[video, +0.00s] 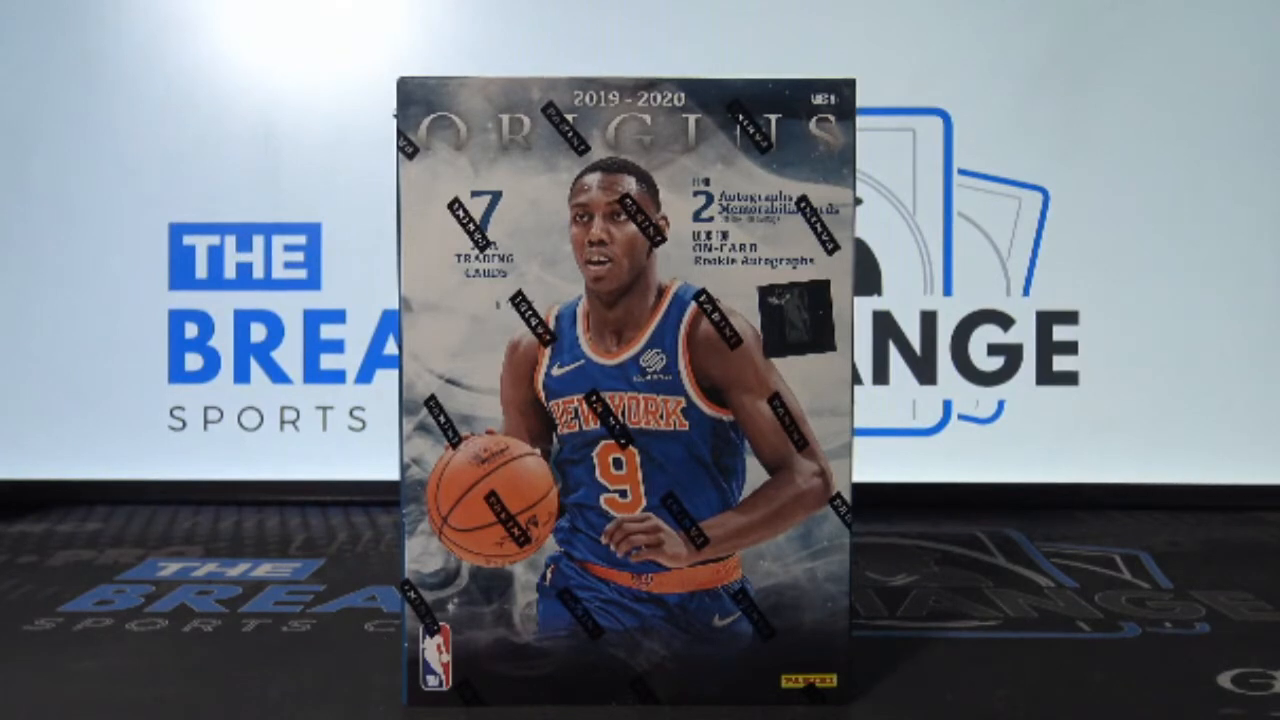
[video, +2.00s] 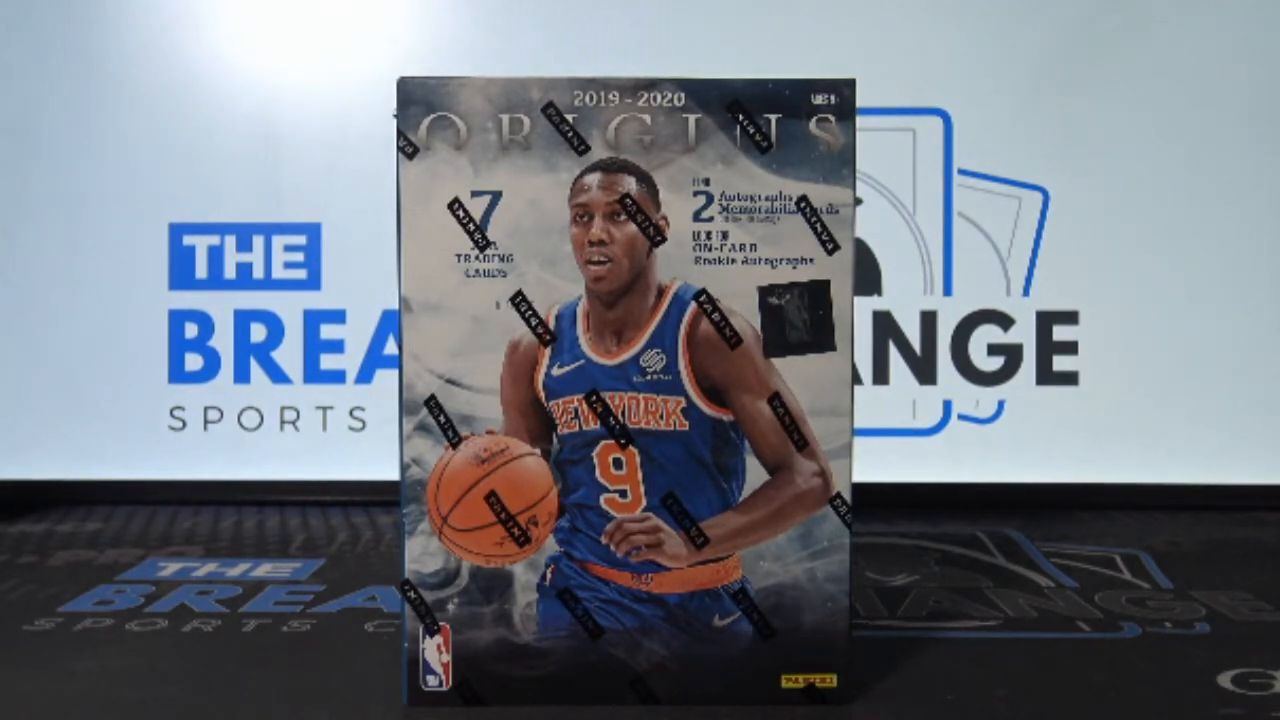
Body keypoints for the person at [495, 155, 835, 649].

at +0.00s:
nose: (595, 234)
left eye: (617, 216)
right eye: (582, 218)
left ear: (657, 230)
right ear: (570, 231)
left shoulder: (712, 334)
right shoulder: (534, 352)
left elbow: (809, 476)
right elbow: (525, 486)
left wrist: (694, 543)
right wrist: (478, 469)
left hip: (697, 611)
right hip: (583, 604)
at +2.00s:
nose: (595, 235)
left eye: (617, 216)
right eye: (582, 218)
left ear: (657, 230)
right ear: (569, 232)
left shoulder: (712, 334)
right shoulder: (534, 352)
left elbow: (810, 477)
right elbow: (529, 489)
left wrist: (696, 542)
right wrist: (486, 469)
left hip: (699, 613)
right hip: (583, 606)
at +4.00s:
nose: (595, 235)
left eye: (617, 216)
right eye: (582, 218)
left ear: (657, 230)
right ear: (569, 232)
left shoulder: (712, 335)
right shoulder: (534, 353)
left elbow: (810, 476)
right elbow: (529, 487)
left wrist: (696, 541)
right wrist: (482, 471)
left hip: (699, 613)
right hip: (584, 605)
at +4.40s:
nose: (595, 235)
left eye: (617, 216)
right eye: (582, 218)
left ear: (657, 229)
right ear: (569, 232)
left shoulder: (712, 334)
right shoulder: (534, 353)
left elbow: (810, 478)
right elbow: (529, 491)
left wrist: (696, 541)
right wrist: (487, 468)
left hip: (698, 612)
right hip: (584, 606)